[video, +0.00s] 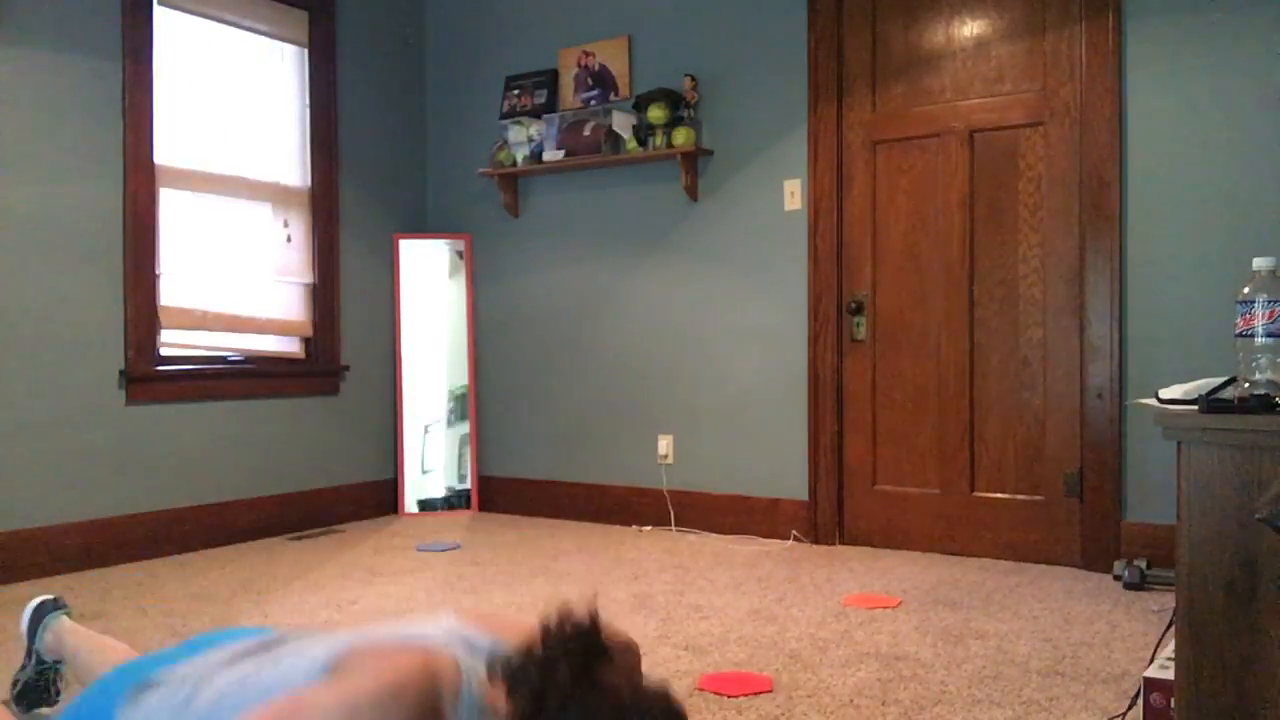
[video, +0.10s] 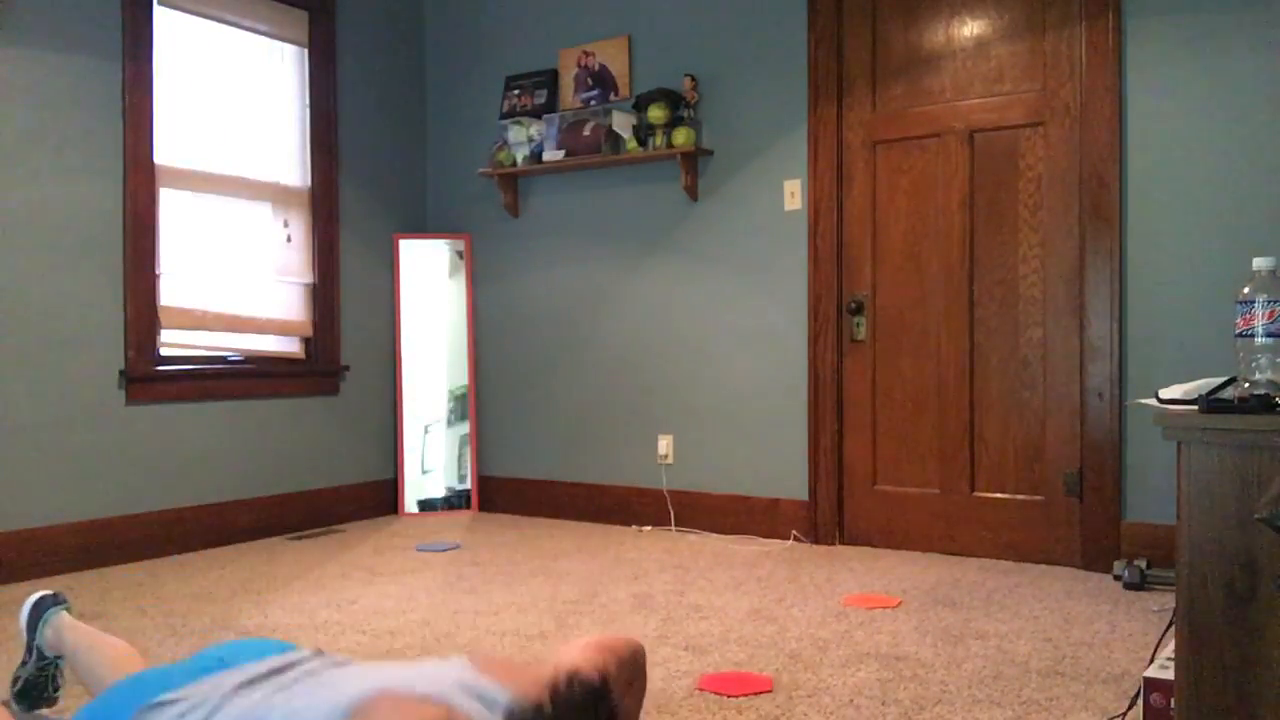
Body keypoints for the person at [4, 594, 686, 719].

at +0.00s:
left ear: (577, 663)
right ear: (547, 718)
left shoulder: (518, 657)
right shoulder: (412, 681)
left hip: (272, 651)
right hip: (209, 693)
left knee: (155, 665)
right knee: (126, 683)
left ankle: (53, 633)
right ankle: (51, 634)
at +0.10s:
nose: (590, 646)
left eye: (589, 650)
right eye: (601, 651)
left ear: (567, 666)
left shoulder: (477, 689)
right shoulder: (481, 692)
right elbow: (622, 649)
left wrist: (551, 680)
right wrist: (572, 685)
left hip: (271, 675)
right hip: (268, 682)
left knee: (147, 681)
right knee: (143, 682)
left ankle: (57, 629)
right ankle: (54, 627)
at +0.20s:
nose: (586, 674)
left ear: (585, 687)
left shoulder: (523, 702)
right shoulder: (523, 703)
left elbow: (621, 651)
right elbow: (622, 650)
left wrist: (587, 693)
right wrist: (588, 696)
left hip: (280, 682)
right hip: (259, 695)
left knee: (149, 681)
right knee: (139, 688)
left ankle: (57, 623)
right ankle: (56, 625)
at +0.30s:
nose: (594, 642)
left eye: (592, 650)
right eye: (607, 649)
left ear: (565, 666)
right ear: (590, 710)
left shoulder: (484, 693)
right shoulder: (499, 693)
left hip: (272, 688)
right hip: (275, 691)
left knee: (156, 685)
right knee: (154, 686)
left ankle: (63, 622)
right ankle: (61, 623)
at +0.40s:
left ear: (564, 664)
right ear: (558, 714)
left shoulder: (521, 669)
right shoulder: (415, 687)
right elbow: (291, 712)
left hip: (297, 669)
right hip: (244, 698)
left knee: (171, 674)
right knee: (147, 689)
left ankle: (63, 620)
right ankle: (61, 622)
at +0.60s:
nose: (540, 718)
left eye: (565, 708)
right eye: (547, 697)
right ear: (523, 638)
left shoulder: (491, 576)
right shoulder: (346, 598)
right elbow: (205, 710)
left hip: (245, 638)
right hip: (146, 685)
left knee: (135, 649)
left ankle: (50, 625)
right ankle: (42, 655)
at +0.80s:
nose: (489, 635)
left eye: (508, 625)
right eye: (489, 615)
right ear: (454, 549)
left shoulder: (458, 513)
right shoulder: (281, 523)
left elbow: (548, 653)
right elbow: (197, 716)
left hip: (179, 667)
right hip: (64, 659)